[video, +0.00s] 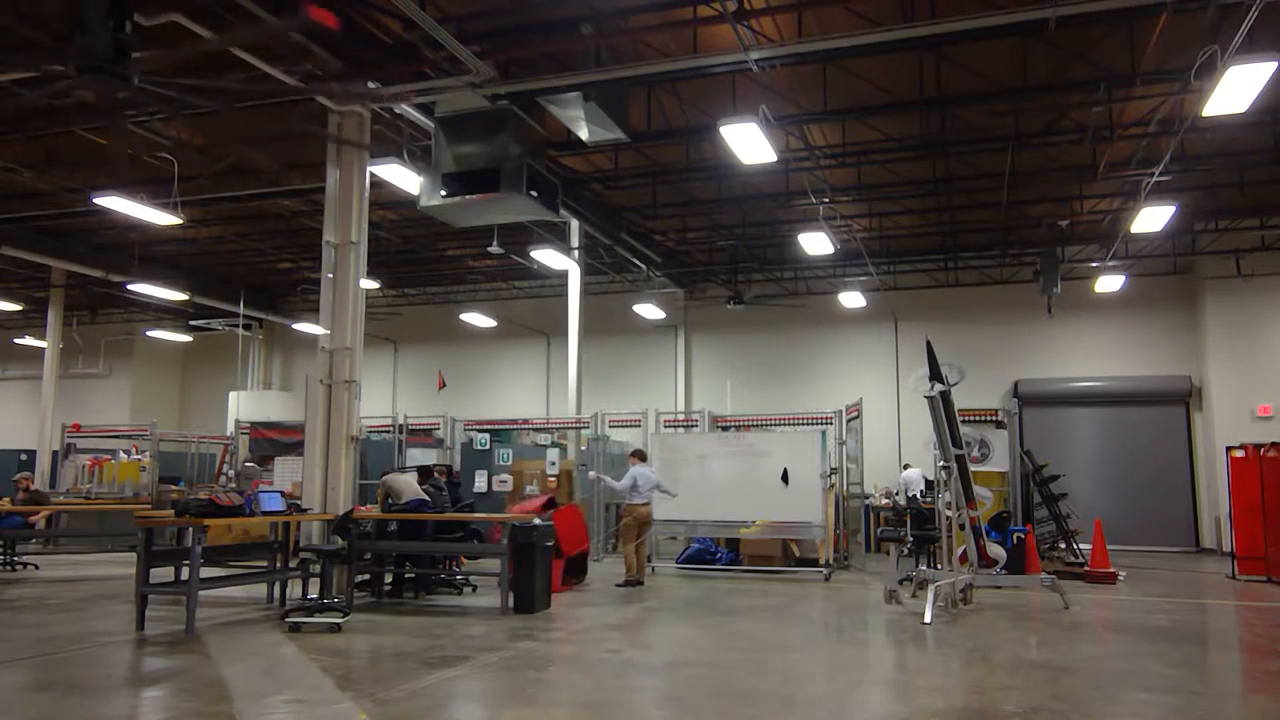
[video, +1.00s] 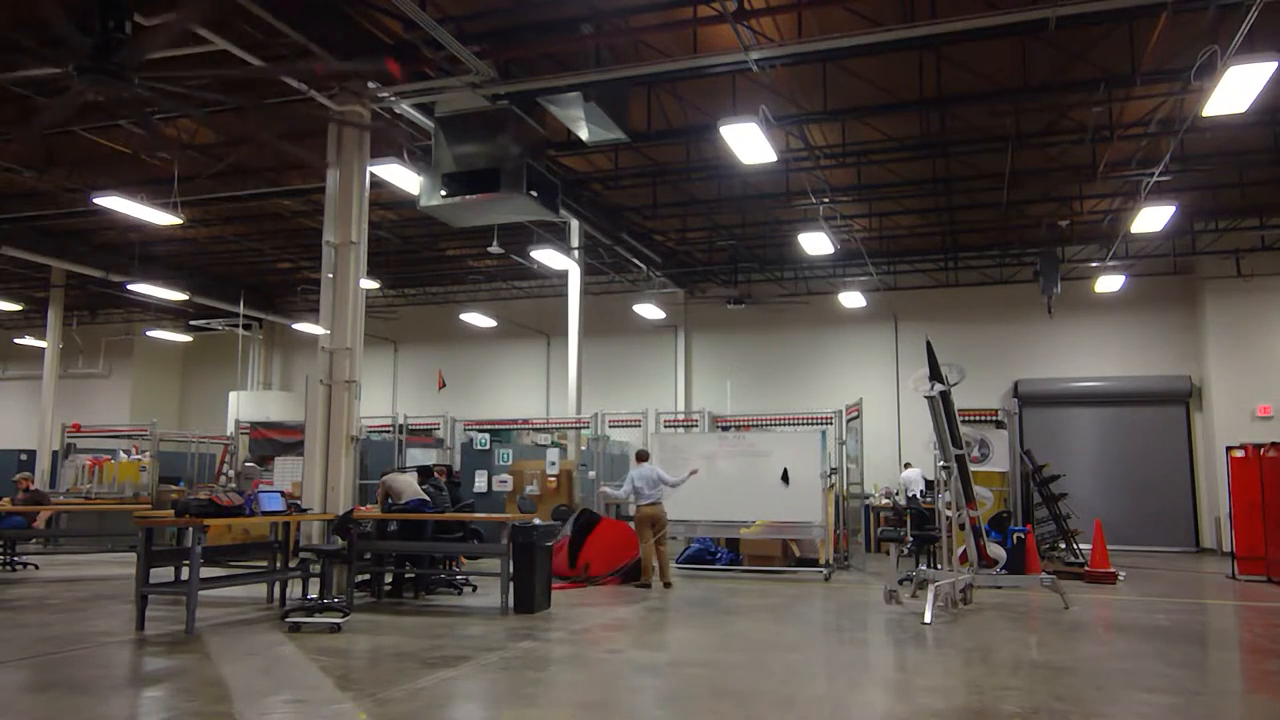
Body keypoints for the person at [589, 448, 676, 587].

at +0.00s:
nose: (629, 462)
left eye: (630, 459)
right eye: (629, 459)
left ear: (635, 459)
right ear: (642, 459)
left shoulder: (633, 471)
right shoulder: (651, 472)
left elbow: (620, 487)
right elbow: (660, 487)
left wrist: (603, 477)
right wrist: (672, 494)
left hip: (633, 507)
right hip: (647, 507)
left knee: (628, 543)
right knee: (641, 543)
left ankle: (630, 577)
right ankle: (640, 576)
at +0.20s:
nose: (631, 462)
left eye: (631, 460)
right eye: (631, 460)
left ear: (637, 459)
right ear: (644, 460)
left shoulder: (635, 471)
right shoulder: (653, 472)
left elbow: (628, 489)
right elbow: (665, 488)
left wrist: (611, 483)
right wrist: (681, 490)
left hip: (635, 507)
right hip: (648, 507)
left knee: (632, 544)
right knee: (643, 543)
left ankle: (638, 575)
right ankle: (642, 575)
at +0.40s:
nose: (631, 463)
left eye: (632, 461)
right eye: (631, 461)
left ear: (636, 460)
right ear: (645, 460)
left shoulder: (635, 472)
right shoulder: (653, 472)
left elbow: (627, 491)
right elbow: (668, 487)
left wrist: (610, 489)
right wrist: (684, 488)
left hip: (637, 509)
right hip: (651, 508)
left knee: (638, 545)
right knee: (644, 544)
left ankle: (645, 578)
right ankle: (640, 575)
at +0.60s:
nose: (631, 463)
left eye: (631, 460)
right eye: (631, 460)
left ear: (635, 460)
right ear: (645, 460)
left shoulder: (634, 472)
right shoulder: (653, 470)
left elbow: (626, 493)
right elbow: (669, 484)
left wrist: (609, 492)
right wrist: (683, 484)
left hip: (640, 508)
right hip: (654, 507)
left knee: (642, 545)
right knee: (647, 543)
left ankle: (646, 579)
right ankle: (643, 572)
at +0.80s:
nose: (632, 462)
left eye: (632, 460)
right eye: (633, 460)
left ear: (634, 460)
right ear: (645, 459)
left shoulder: (633, 473)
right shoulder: (654, 471)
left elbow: (625, 495)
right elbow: (672, 483)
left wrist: (606, 491)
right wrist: (688, 477)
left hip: (642, 508)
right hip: (656, 507)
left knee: (646, 545)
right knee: (654, 544)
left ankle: (647, 579)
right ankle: (653, 577)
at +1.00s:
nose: (636, 461)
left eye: (636, 459)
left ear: (636, 460)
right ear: (648, 459)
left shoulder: (633, 473)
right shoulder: (655, 470)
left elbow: (623, 495)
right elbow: (672, 483)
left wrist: (607, 490)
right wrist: (688, 475)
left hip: (642, 508)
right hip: (658, 507)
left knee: (646, 544)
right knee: (661, 544)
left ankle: (646, 580)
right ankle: (666, 580)